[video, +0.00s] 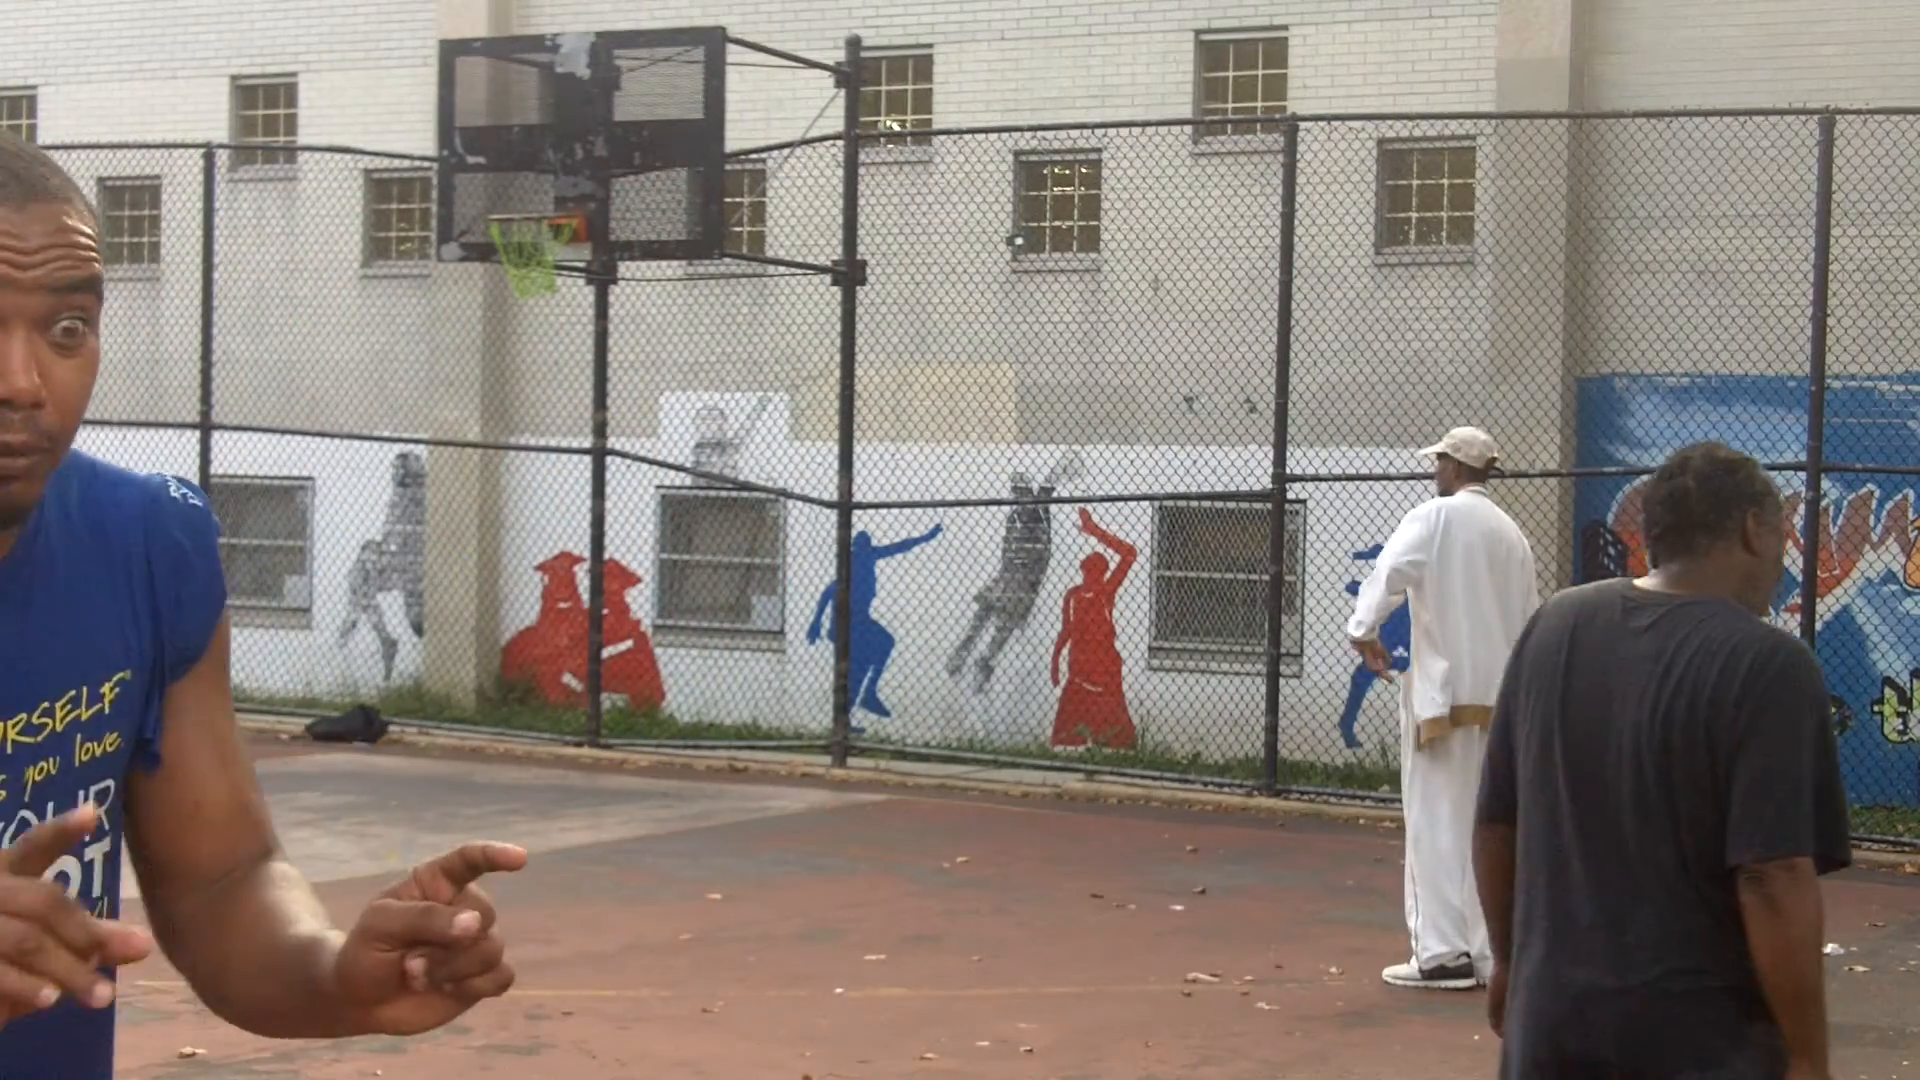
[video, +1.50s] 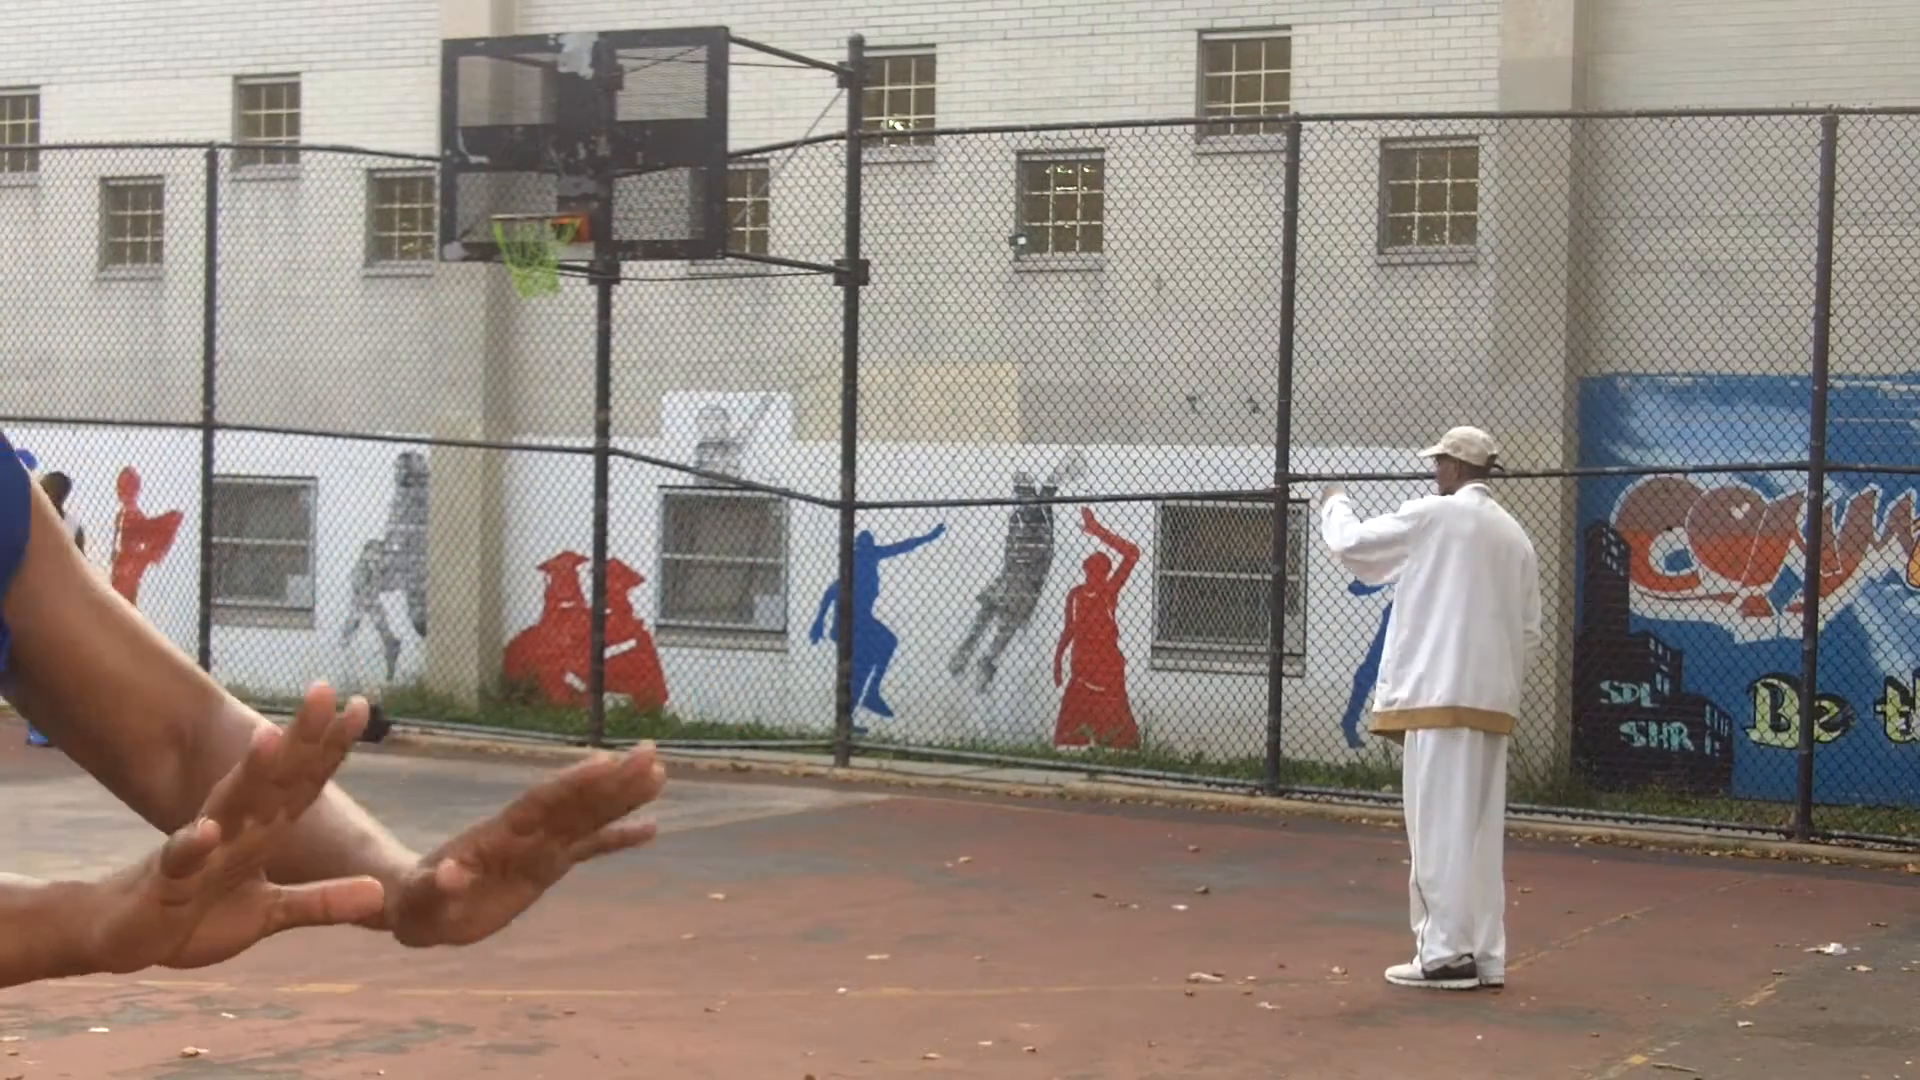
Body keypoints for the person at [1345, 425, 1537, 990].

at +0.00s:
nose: (1433, 475)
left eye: (1437, 467)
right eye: (1435, 467)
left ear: (1453, 469)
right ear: (1483, 473)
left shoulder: (1435, 517)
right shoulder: (1515, 534)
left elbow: (1388, 577)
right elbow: (1531, 611)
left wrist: (1364, 634)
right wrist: (1510, 670)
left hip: (1446, 694)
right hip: (1509, 698)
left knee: (1435, 825)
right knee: (1493, 828)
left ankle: (1442, 953)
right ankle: (1489, 953)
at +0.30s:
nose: (1434, 475)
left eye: (1441, 466)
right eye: (1437, 466)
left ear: (1460, 470)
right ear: (1483, 473)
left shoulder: (1440, 518)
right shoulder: (1515, 536)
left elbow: (1358, 548)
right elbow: (1528, 623)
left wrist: (1291, 553)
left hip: (1440, 691)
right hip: (1494, 695)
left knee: (1434, 822)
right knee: (1479, 824)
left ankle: (1442, 954)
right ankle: (1481, 956)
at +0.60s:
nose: (1433, 477)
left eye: (1438, 469)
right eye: (1436, 469)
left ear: (1454, 471)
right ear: (1486, 475)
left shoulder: (1429, 516)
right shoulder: (1518, 539)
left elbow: (1342, 530)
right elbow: (1528, 628)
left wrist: (1284, 504)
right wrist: (1496, 680)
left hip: (1432, 689)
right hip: (1491, 696)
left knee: (1432, 823)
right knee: (1479, 825)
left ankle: (1441, 954)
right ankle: (1481, 957)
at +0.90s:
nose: (1436, 474)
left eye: (1441, 466)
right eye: (1439, 465)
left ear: (1455, 470)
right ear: (1486, 475)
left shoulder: (1429, 515)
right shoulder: (1517, 539)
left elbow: (1345, 536)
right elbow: (1530, 630)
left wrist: (1297, 507)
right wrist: (1493, 679)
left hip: (1432, 691)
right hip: (1491, 697)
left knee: (1430, 823)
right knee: (1478, 825)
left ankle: (1441, 954)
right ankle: (1481, 956)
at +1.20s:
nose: (1436, 474)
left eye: (1442, 466)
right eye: (1439, 465)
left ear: (1457, 470)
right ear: (1487, 474)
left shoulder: (1435, 516)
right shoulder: (1519, 538)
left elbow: (1349, 533)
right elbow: (1532, 629)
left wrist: (1305, 504)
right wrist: (1496, 679)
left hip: (1438, 691)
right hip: (1494, 697)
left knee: (1436, 823)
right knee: (1482, 824)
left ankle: (1444, 954)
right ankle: (1484, 956)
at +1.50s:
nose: (1434, 476)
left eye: (1439, 467)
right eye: (1436, 467)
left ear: (1456, 468)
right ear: (1485, 472)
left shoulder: (1435, 515)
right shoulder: (1518, 537)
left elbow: (1350, 544)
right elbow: (1530, 628)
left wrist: (1334, 500)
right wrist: (1494, 679)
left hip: (1437, 689)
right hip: (1495, 696)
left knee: (1437, 822)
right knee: (1484, 824)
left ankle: (1445, 952)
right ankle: (1487, 957)